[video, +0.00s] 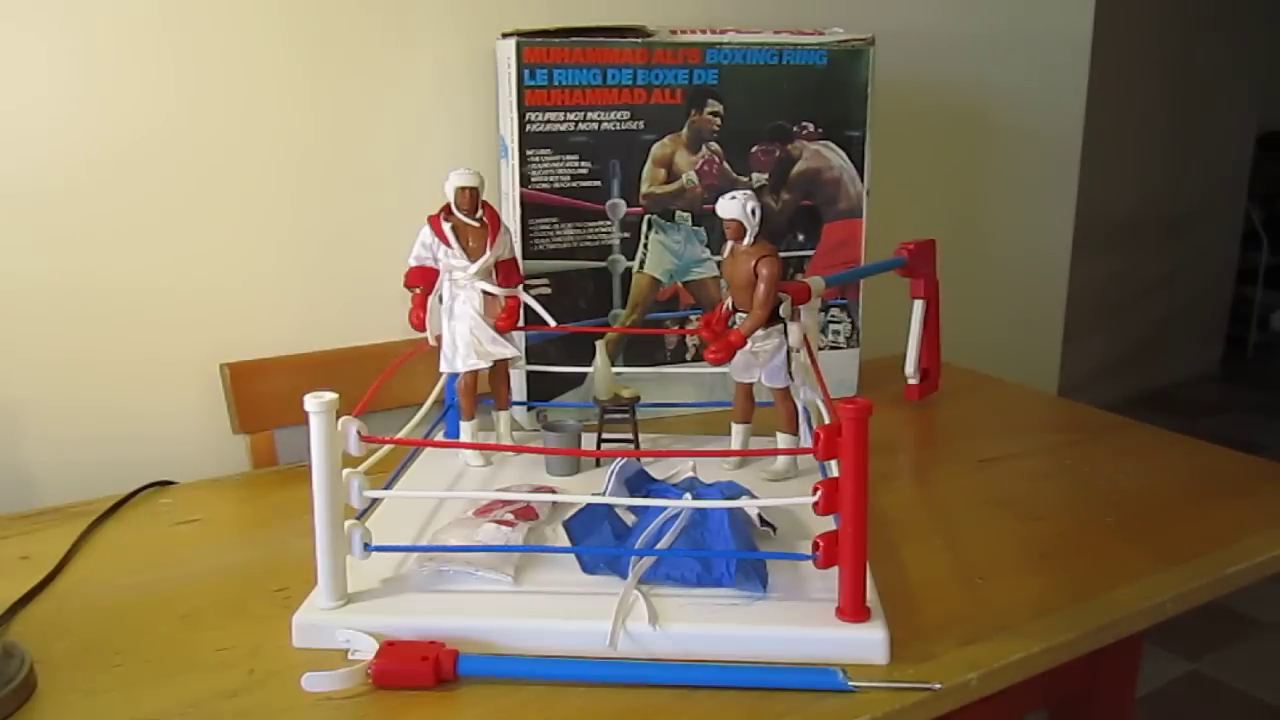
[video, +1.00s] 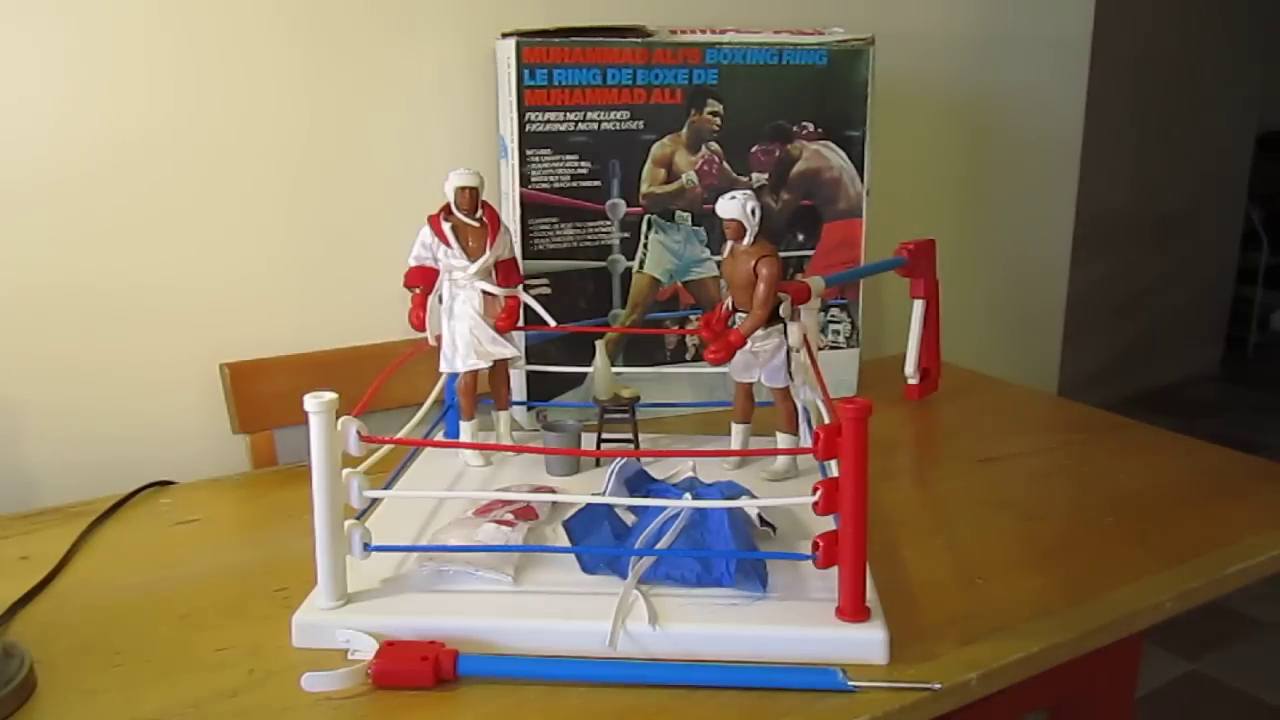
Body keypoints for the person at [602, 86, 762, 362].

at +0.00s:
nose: (719, 122)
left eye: (720, 116)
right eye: (714, 115)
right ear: (694, 114)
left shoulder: (712, 150)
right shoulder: (664, 148)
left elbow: (732, 182)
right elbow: (646, 196)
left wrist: (755, 181)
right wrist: (682, 183)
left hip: (693, 237)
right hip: (660, 234)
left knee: (719, 309)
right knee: (635, 313)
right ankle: (596, 370)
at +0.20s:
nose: (719, 122)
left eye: (720, 116)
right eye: (714, 115)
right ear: (694, 115)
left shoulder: (712, 150)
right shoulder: (664, 149)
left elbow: (731, 182)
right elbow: (646, 195)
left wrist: (757, 180)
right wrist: (683, 183)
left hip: (693, 237)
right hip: (660, 234)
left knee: (719, 309)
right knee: (635, 314)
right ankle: (597, 370)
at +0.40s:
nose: (718, 122)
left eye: (720, 116)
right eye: (713, 114)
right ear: (694, 114)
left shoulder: (712, 150)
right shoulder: (665, 148)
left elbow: (731, 182)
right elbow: (646, 195)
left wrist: (757, 181)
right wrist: (683, 183)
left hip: (694, 237)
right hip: (660, 235)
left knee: (720, 309)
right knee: (635, 314)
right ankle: (597, 369)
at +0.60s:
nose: (718, 122)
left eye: (720, 116)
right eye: (713, 114)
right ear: (694, 114)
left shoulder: (712, 150)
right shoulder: (665, 148)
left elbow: (730, 182)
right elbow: (646, 195)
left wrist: (754, 182)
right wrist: (683, 184)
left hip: (694, 238)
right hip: (660, 235)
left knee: (720, 310)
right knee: (634, 315)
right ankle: (596, 369)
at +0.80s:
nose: (719, 122)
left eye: (720, 116)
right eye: (713, 114)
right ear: (693, 115)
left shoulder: (712, 150)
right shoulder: (665, 148)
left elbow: (730, 182)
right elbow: (646, 196)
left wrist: (755, 181)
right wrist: (683, 183)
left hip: (694, 237)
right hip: (660, 234)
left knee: (719, 309)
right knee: (635, 313)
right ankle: (596, 372)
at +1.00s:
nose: (719, 122)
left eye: (720, 116)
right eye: (713, 115)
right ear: (693, 115)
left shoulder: (712, 150)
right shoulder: (665, 148)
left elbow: (731, 182)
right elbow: (646, 196)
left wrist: (754, 181)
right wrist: (682, 183)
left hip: (693, 236)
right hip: (660, 234)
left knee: (719, 309)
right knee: (635, 313)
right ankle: (596, 370)